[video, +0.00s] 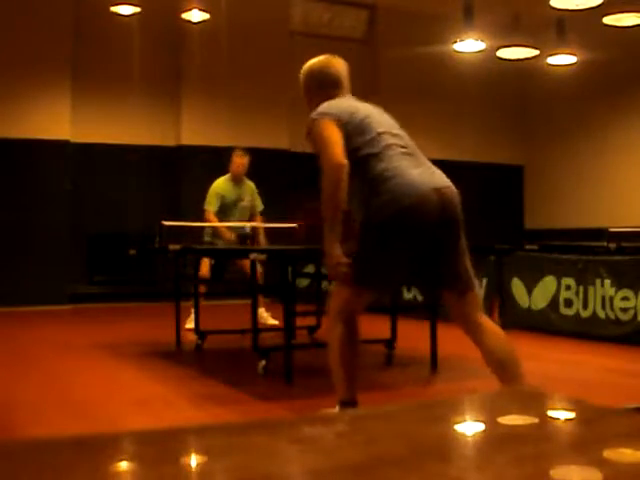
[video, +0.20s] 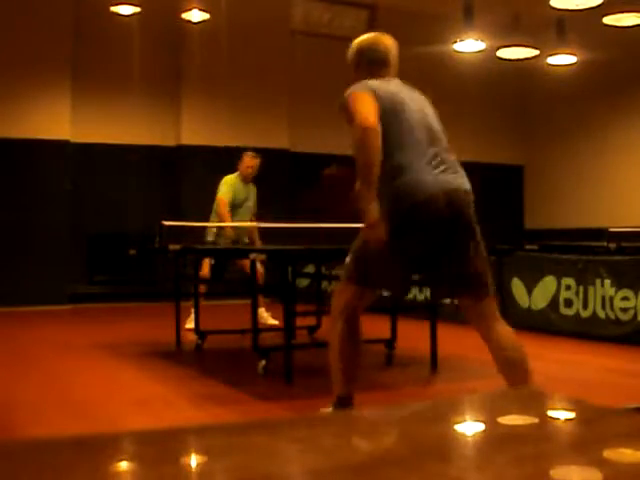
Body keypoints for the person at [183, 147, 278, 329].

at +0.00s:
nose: (239, 169)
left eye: (242, 165)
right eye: (236, 164)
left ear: (247, 167)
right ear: (230, 165)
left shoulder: (250, 187)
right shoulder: (219, 185)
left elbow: (257, 216)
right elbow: (209, 214)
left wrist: (261, 240)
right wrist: (224, 232)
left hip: (240, 239)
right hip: (216, 239)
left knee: (256, 271)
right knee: (204, 273)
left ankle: (260, 310)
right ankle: (194, 312)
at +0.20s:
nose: (250, 170)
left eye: (253, 167)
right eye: (247, 166)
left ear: (256, 170)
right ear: (240, 166)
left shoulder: (252, 189)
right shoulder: (228, 181)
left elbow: (251, 219)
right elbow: (222, 206)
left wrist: (256, 243)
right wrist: (228, 229)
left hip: (240, 237)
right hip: (219, 237)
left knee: (257, 270)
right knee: (205, 273)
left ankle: (260, 310)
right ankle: (194, 313)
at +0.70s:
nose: (235, 164)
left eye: (237, 161)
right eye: (232, 160)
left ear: (240, 164)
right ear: (222, 161)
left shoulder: (242, 188)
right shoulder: (210, 182)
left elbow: (255, 208)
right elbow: (198, 203)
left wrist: (267, 218)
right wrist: (217, 205)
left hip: (235, 241)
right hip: (211, 240)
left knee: (254, 271)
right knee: (201, 274)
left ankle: (259, 310)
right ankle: (184, 307)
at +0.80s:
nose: (224, 164)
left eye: (227, 160)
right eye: (221, 159)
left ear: (229, 163)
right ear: (211, 160)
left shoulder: (231, 187)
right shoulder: (198, 181)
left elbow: (248, 211)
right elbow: (189, 205)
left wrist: (264, 212)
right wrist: (211, 207)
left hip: (227, 241)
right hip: (202, 240)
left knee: (244, 274)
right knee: (191, 279)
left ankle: (257, 310)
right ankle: (182, 312)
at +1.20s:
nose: (206, 156)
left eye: (208, 153)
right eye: (202, 153)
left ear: (211, 155)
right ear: (193, 155)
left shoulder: (213, 180)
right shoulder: (182, 177)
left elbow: (226, 204)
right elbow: (175, 204)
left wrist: (238, 221)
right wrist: (196, 210)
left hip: (204, 234)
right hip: (181, 233)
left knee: (206, 272)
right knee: (171, 268)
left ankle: (207, 310)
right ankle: (160, 305)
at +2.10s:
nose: (174, 163)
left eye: (177, 160)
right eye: (171, 159)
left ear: (178, 161)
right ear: (161, 159)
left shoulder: (177, 183)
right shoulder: (148, 180)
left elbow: (180, 216)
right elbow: (146, 207)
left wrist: (186, 242)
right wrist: (163, 220)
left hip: (170, 234)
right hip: (148, 233)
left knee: (186, 272)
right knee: (147, 275)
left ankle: (196, 314)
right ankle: (133, 318)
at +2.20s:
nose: (173, 161)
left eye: (175, 157)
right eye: (169, 157)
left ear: (177, 160)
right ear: (159, 157)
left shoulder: (177, 183)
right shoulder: (147, 180)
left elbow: (181, 214)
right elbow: (143, 196)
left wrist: (186, 241)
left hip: (172, 235)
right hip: (149, 234)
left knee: (187, 273)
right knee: (147, 276)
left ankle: (196, 314)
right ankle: (134, 318)